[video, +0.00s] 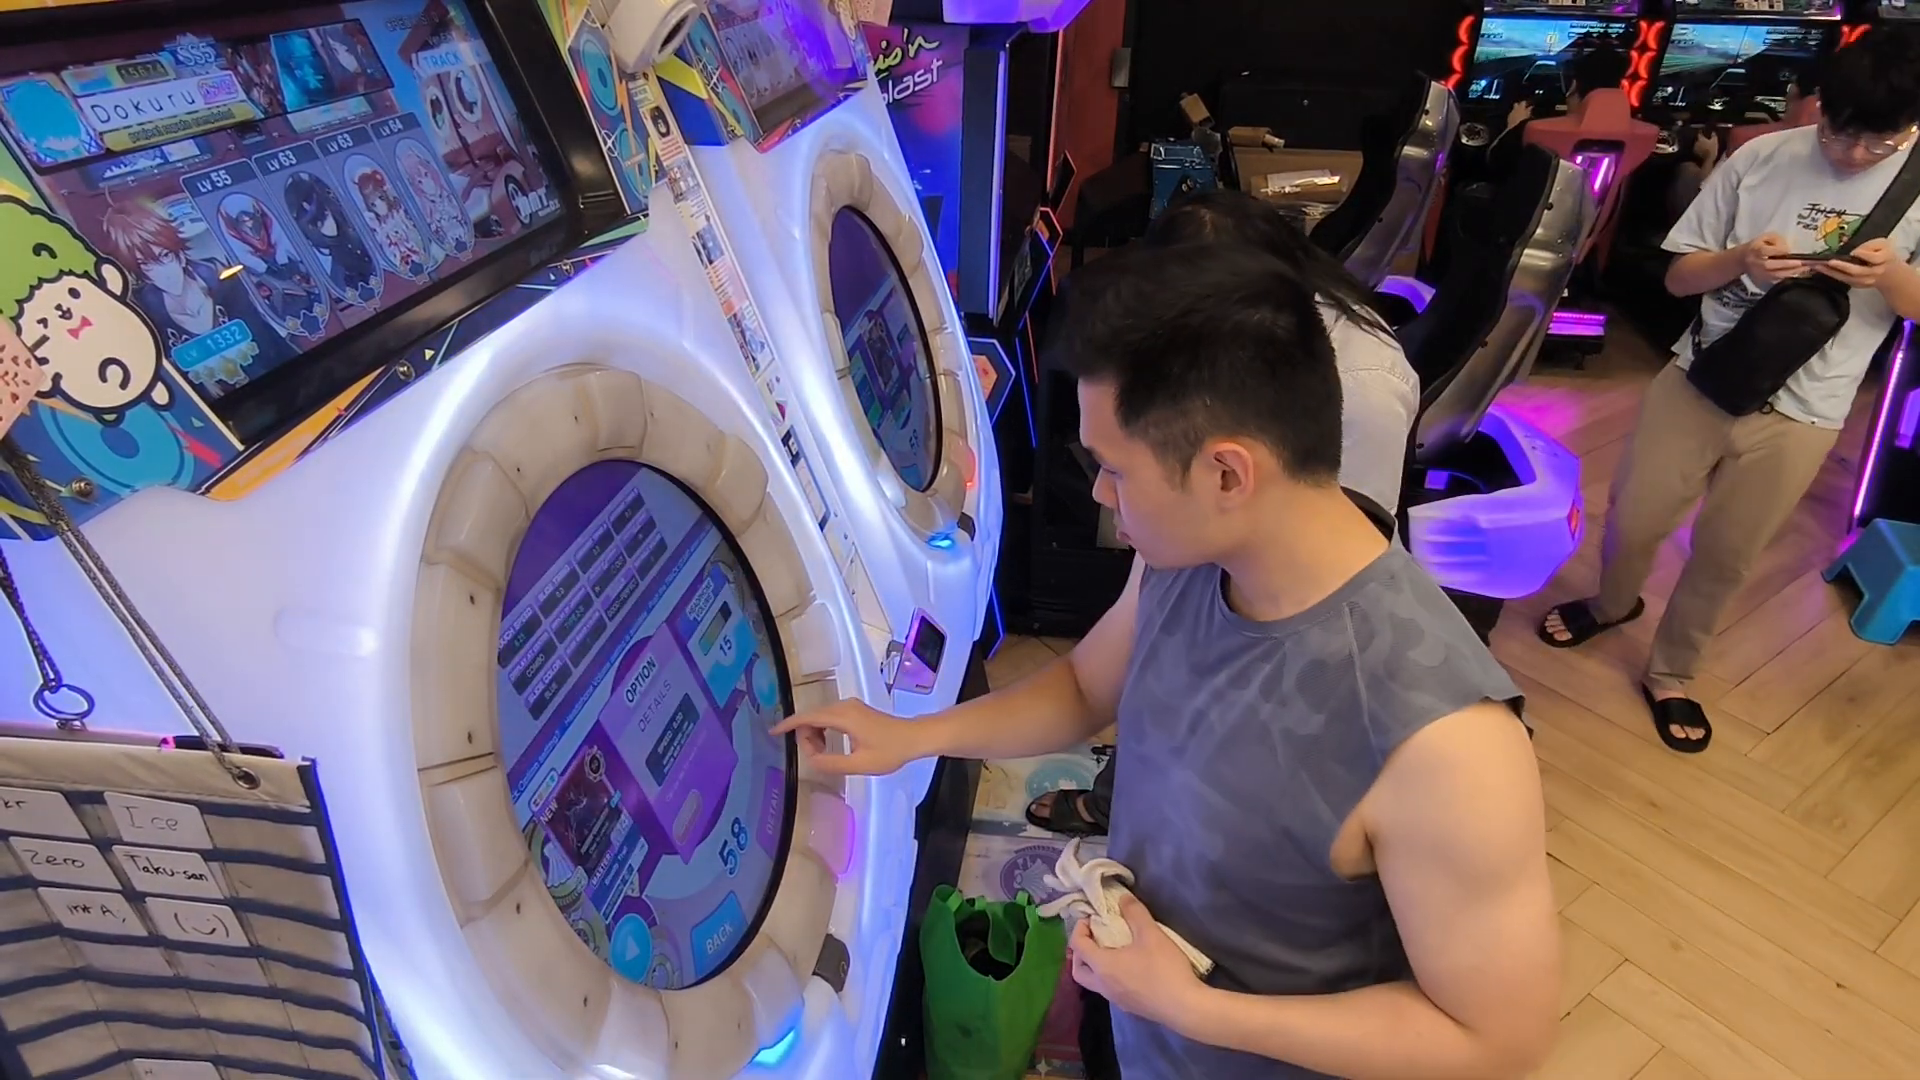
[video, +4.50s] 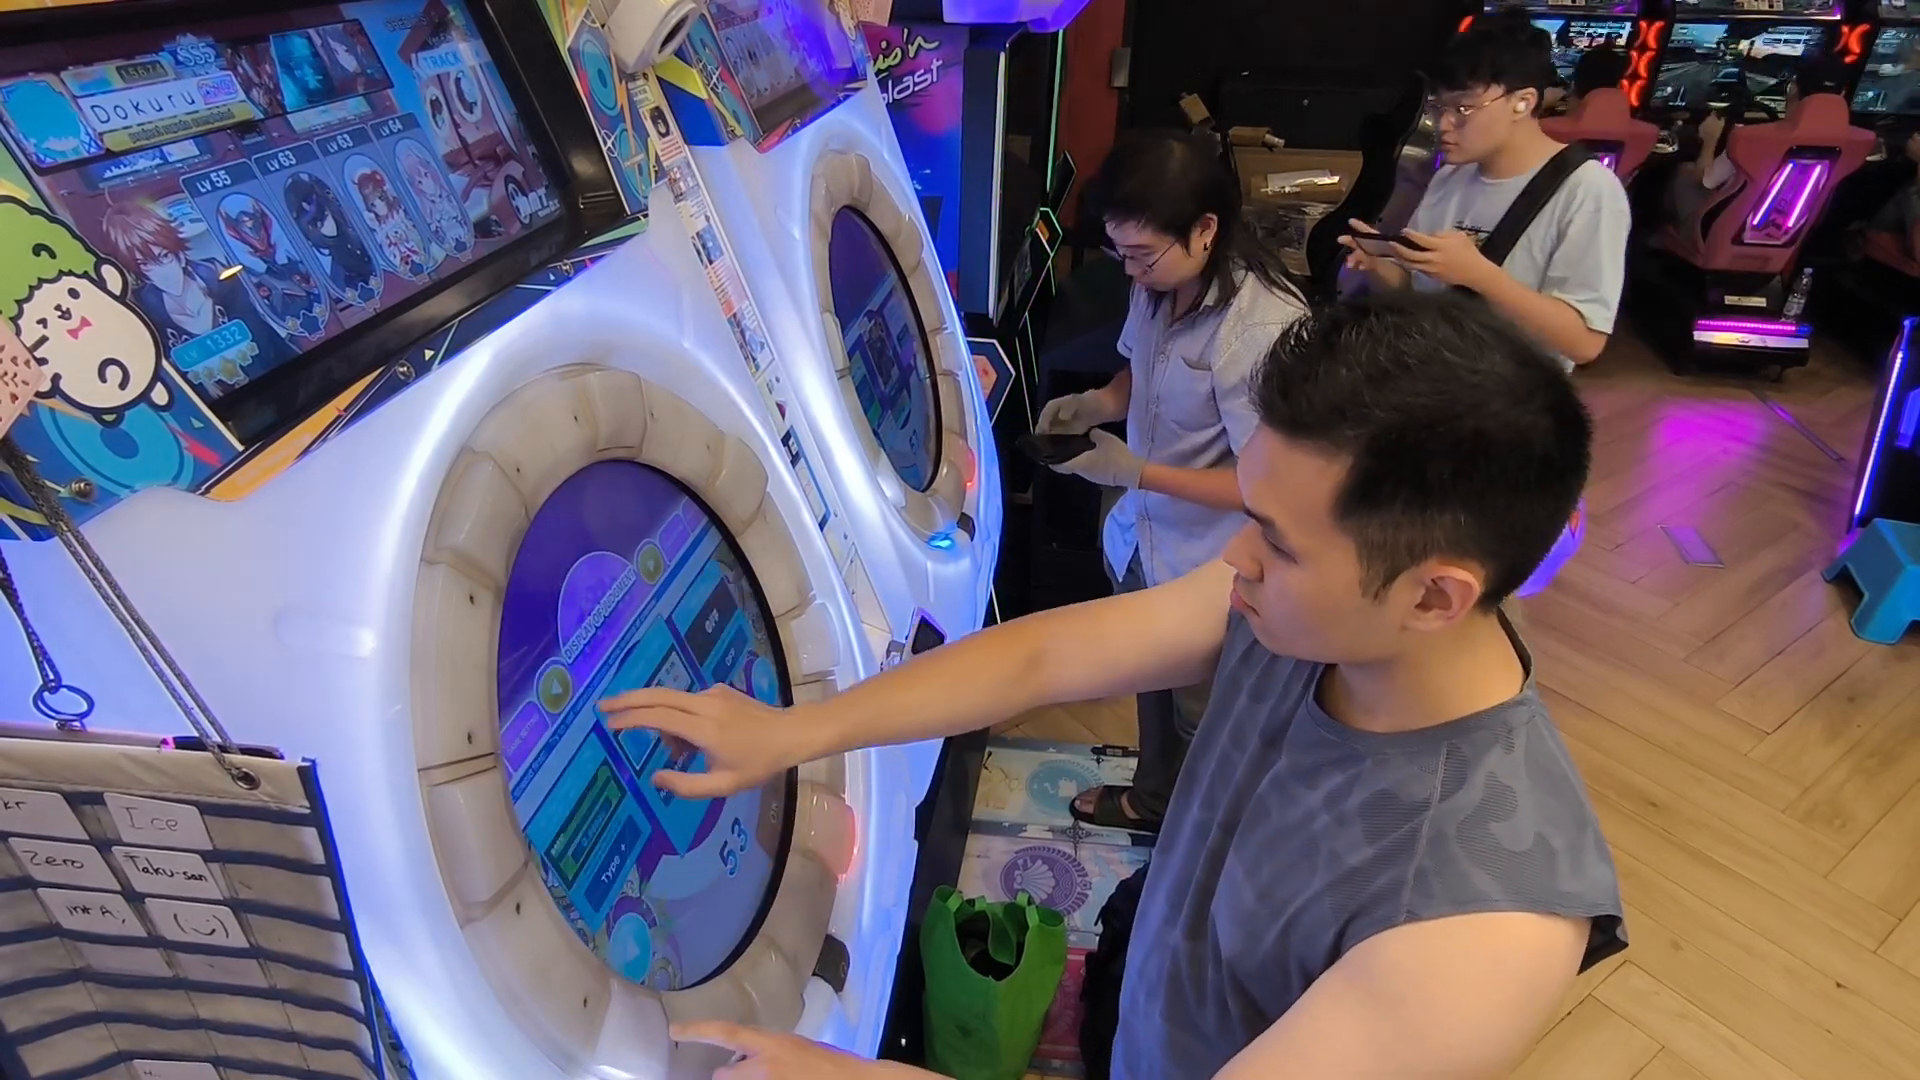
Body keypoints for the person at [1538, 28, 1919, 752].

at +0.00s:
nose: (1854, 151)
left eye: (1877, 139)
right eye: (1842, 129)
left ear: (1907, 125)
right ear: (1821, 104)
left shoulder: (1912, 195)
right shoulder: (1759, 159)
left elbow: (1915, 308)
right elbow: (1675, 275)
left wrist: (1891, 277)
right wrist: (1738, 262)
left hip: (1799, 420)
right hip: (1698, 382)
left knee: (1725, 558)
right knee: (1632, 518)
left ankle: (1672, 675)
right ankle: (1614, 603)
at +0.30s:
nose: (1844, 161)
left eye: (1867, 151)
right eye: (1832, 140)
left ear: (1906, 138)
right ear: (1817, 113)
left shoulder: (1916, 209)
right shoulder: (1768, 161)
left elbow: (1916, 328)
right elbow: (1677, 276)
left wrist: (1878, 295)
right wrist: (1721, 270)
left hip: (1788, 431)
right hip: (1690, 389)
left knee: (1719, 567)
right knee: (1621, 542)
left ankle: (1671, 678)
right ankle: (1582, 684)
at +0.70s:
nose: (1744, 161)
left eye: (1765, 149)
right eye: (1732, 140)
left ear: (1823, 121)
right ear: (1719, 115)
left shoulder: (1871, 192)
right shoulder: (1684, 174)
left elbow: (1873, 327)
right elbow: (1610, 296)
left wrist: (1790, 289)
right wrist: (1641, 277)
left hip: (1724, 438)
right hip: (1621, 406)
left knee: (1691, 577)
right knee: (1571, 563)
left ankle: (1668, 680)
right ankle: (1539, 701)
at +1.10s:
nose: (1660, 160)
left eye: (1676, 147)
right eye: (1650, 143)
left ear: (1731, 122)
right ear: (1641, 121)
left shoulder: (1802, 192)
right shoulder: (1629, 168)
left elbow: (1806, 331)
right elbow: (1557, 282)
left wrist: (1706, 287)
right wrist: (1569, 274)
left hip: (1658, 442)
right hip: (1569, 410)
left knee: (1600, 600)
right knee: (1541, 576)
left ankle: (1585, 737)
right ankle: (1536, 713)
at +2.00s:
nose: (1593, 172)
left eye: (1607, 158)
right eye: (1587, 156)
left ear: (1671, 133)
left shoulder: (1747, 211)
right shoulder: (1606, 177)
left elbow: (1735, 363)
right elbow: (1556, 281)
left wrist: (1618, 298)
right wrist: (1524, 268)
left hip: (1604, 456)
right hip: (1531, 413)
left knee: (1555, 613)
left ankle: (1527, 717)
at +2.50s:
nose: (1507, 150)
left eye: (1519, 132)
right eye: (1500, 135)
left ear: (1579, 109)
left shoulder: (1648, 192)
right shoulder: (1510, 173)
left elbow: (1632, 337)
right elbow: (1468, 284)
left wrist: (1527, 269)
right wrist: (1437, 258)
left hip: (1525, 442)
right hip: (1446, 413)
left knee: (1504, 604)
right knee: (1416, 588)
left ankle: (1507, 739)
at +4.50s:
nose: (1443, 124)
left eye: (1463, 108)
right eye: (1438, 107)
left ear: (1523, 103)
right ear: (1430, 102)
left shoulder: (1592, 191)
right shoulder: (1449, 180)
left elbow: (1584, 339)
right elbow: (1415, 295)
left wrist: (1476, 272)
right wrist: (1382, 266)